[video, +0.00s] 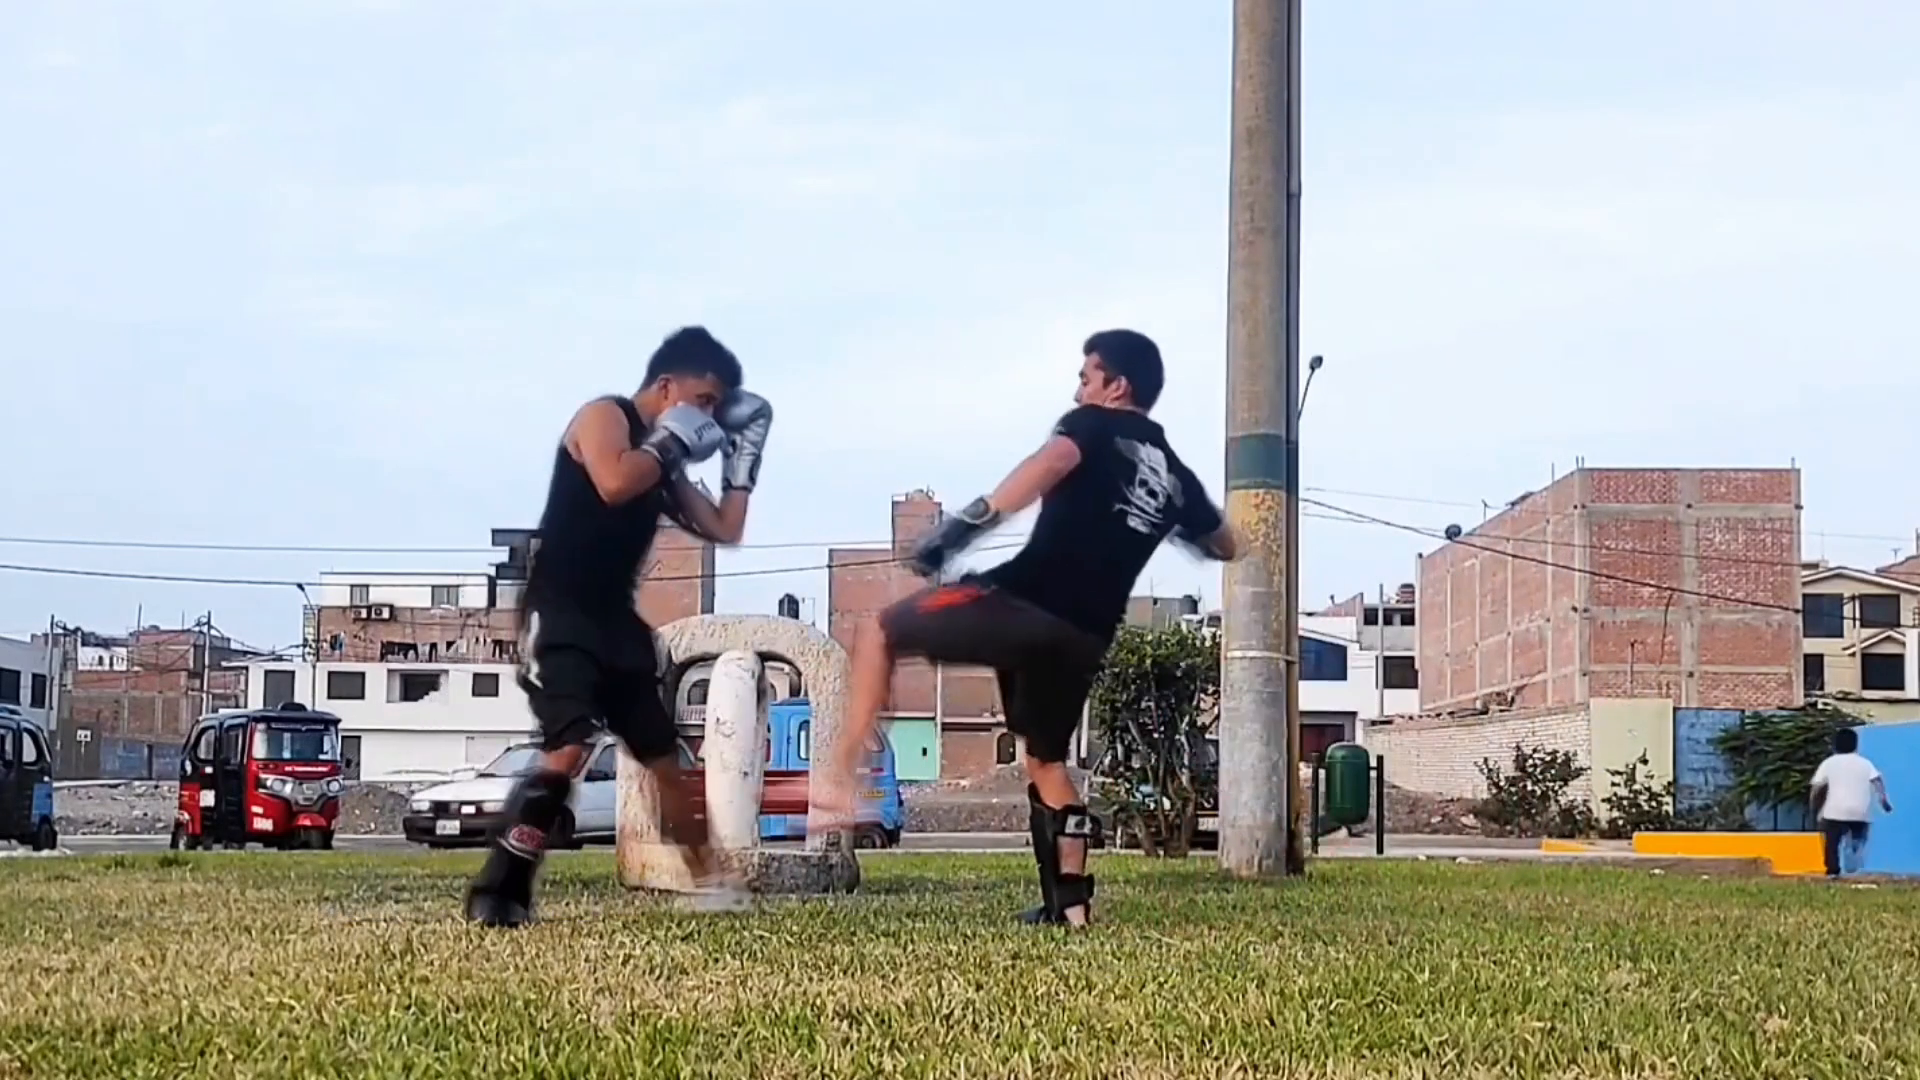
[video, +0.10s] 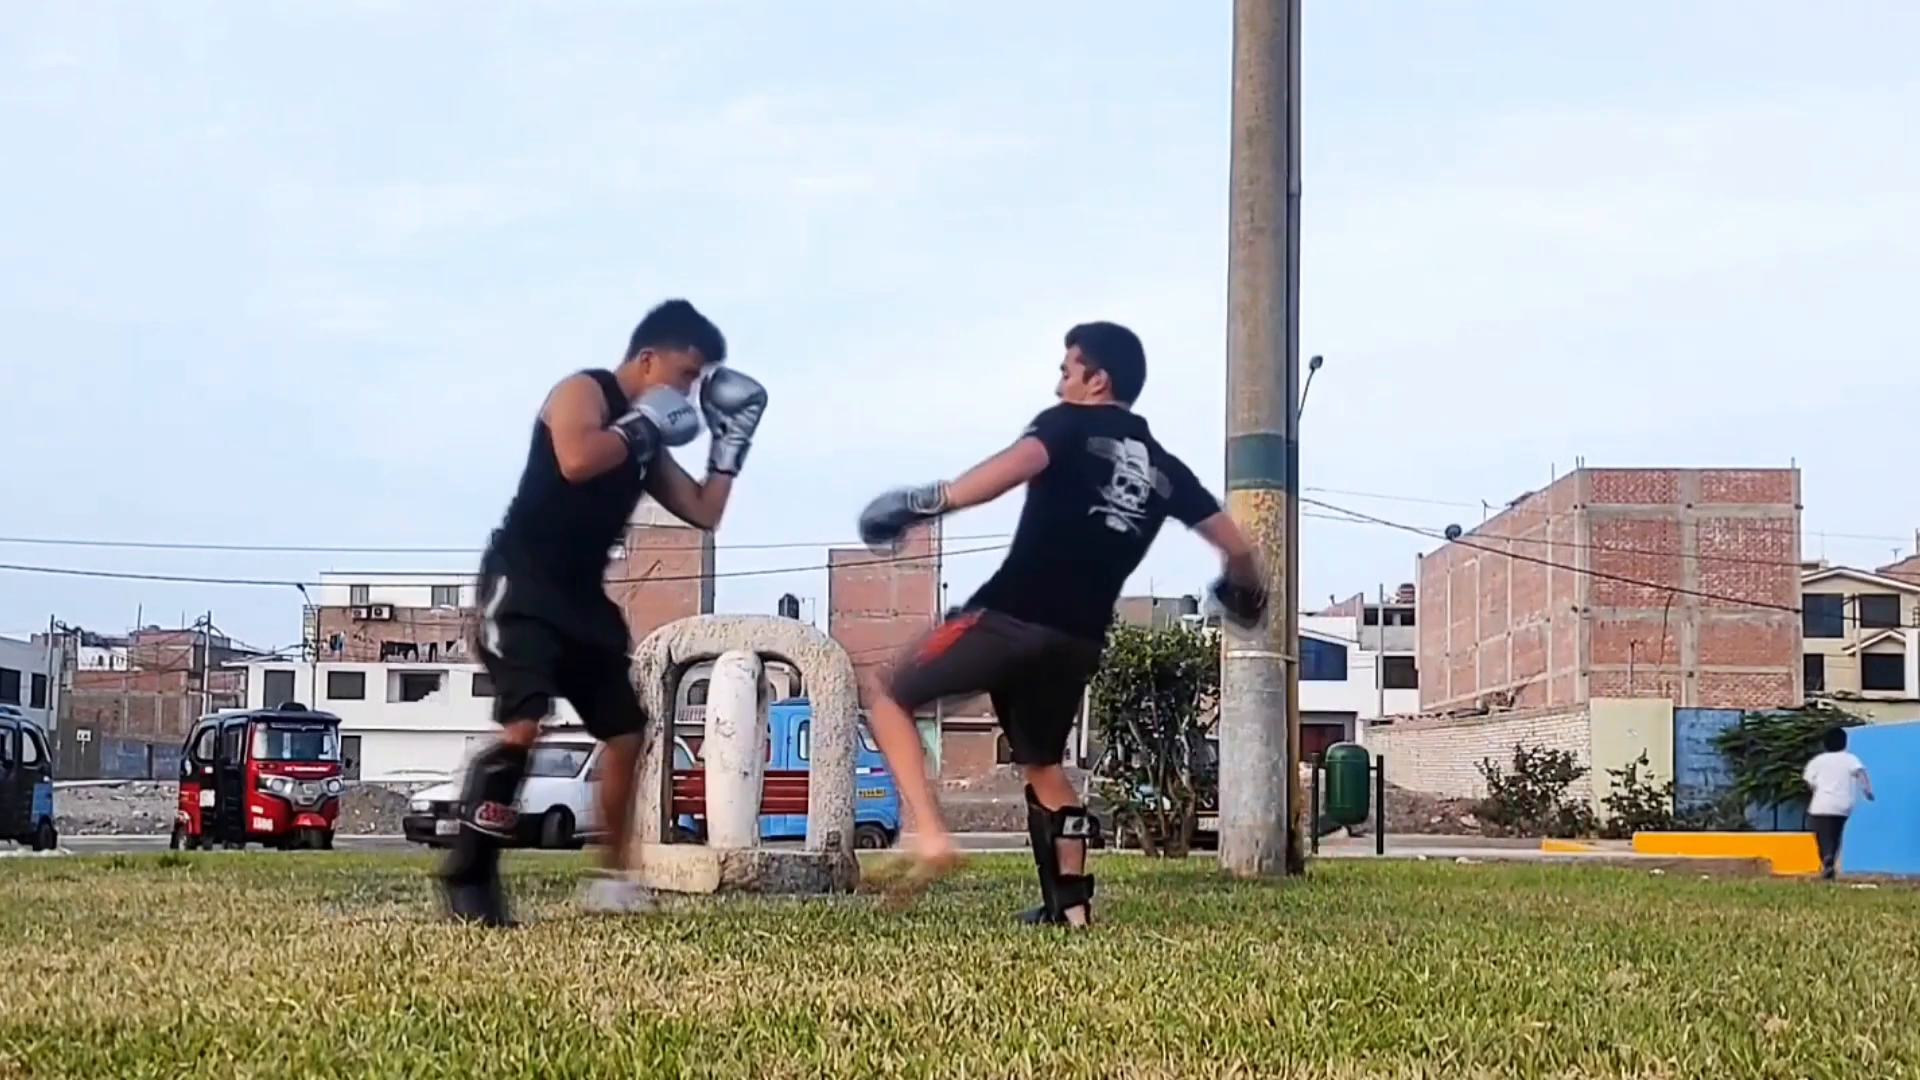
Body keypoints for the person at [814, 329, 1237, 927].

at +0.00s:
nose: (1079, 389)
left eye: (1087, 378)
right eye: (1082, 377)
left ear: (1119, 386)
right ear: (1140, 391)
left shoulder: (1094, 423)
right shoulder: (1178, 476)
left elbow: (1054, 462)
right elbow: (1227, 546)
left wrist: (964, 524)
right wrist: (1184, 523)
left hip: (1023, 606)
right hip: (1084, 639)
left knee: (880, 631)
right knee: (1047, 759)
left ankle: (839, 779)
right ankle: (1071, 905)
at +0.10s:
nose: (1059, 381)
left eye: (1068, 370)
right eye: (1063, 369)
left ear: (1098, 379)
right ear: (1121, 384)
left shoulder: (1068, 422)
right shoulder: (1166, 468)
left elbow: (1020, 464)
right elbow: (1236, 543)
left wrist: (928, 500)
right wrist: (1244, 584)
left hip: (1015, 617)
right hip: (1080, 640)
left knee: (886, 692)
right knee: (1044, 760)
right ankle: (1071, 906)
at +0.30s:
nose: (1012, 354)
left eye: (1022, 341)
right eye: (1017, 339)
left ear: (1054, 353)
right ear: (1076, 358)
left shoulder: (1033, 413)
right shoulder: (1124, 448)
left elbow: (968, 501)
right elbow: (1140, 563)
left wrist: (927, 472)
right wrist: (1093, 607)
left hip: (1009, 624)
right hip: (1077, 631)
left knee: (934, 762)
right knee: (1047, 759)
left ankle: (985, 915)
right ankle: (1066, 906)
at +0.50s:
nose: (999, 298)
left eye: (1009, 284)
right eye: (1003, 283)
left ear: (1043, 294)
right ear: (1059, 297)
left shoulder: (1045, 362)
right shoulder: (1102, 369)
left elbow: (988, 460)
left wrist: (961, 400)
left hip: (1047, 586)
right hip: (1102, 588)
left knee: (976, 733)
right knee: (1049, 732)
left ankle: (985, 918)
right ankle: (1090, 873)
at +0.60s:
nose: (1010, 277)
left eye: (1020, 262)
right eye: (1015, 262)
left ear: (1056, 270)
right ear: (1066, 272)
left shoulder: (1083, 338)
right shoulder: (1086, 341)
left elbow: (1029, 438)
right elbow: (1041, 435)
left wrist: (989, 376)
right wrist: (1006, 378)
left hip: (1086, 562)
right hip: (1081, 560)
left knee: (1015, 718)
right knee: (1047, 727)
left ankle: (996, 907)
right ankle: (1136, 886)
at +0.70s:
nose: (1031, 284)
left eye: (1040, 269)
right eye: (1034, 268)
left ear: (1078, 276)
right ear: (1086, 279)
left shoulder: (1108, 351)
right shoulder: (1104, 350)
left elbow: (1056, 450)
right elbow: (1066, 444)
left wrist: (1016, 377)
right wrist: (1030, 378)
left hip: (1101, 576)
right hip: (1125, 576)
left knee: (1010, 711)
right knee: (1088, 734)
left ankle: (1089, 890)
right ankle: (1150, 905)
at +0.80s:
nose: (1047, 284)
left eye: (1056, 268)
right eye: (1051, 268)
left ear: (1091, 278)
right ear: (1105, 282)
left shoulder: (1118, 353)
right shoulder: (1106, 357)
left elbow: (1081, 467)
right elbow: (1078, 461)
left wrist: (1030, 396)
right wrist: (1035, 402)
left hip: (1127, 589)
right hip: (1120, 587)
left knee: (1063, 728)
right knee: (1120, 759)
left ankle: (1191, 878)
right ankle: (1152, 918)